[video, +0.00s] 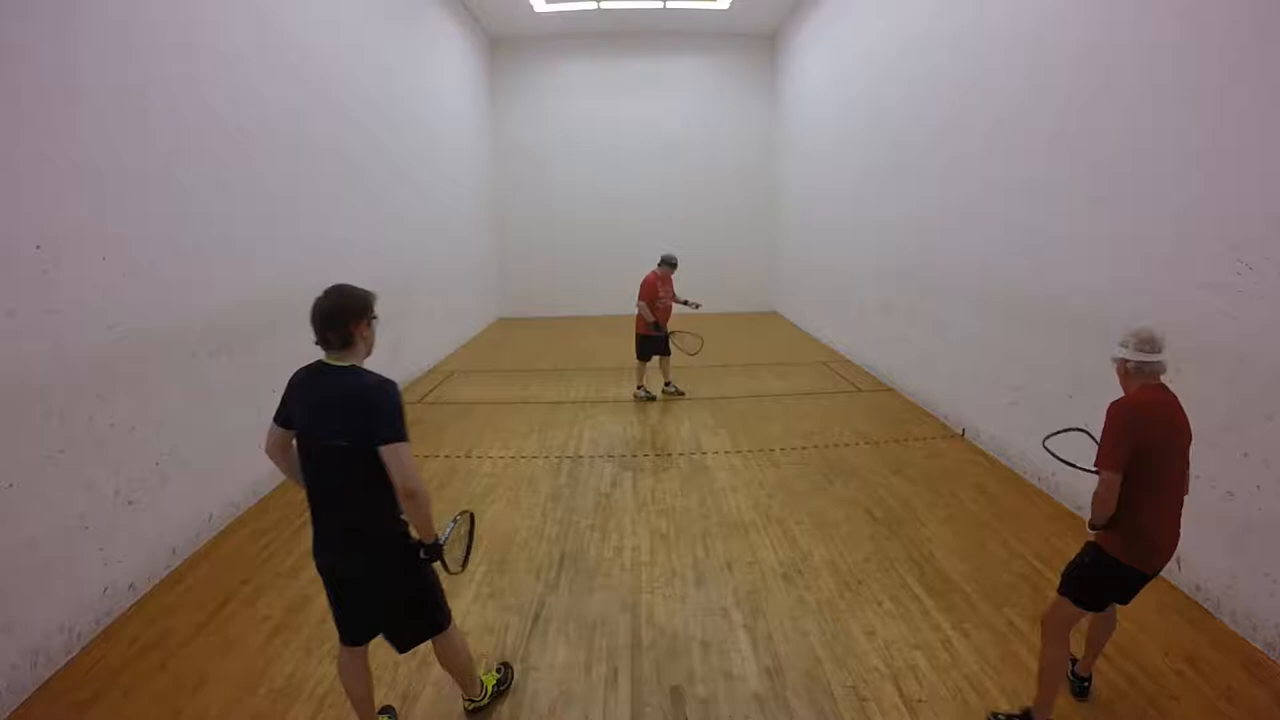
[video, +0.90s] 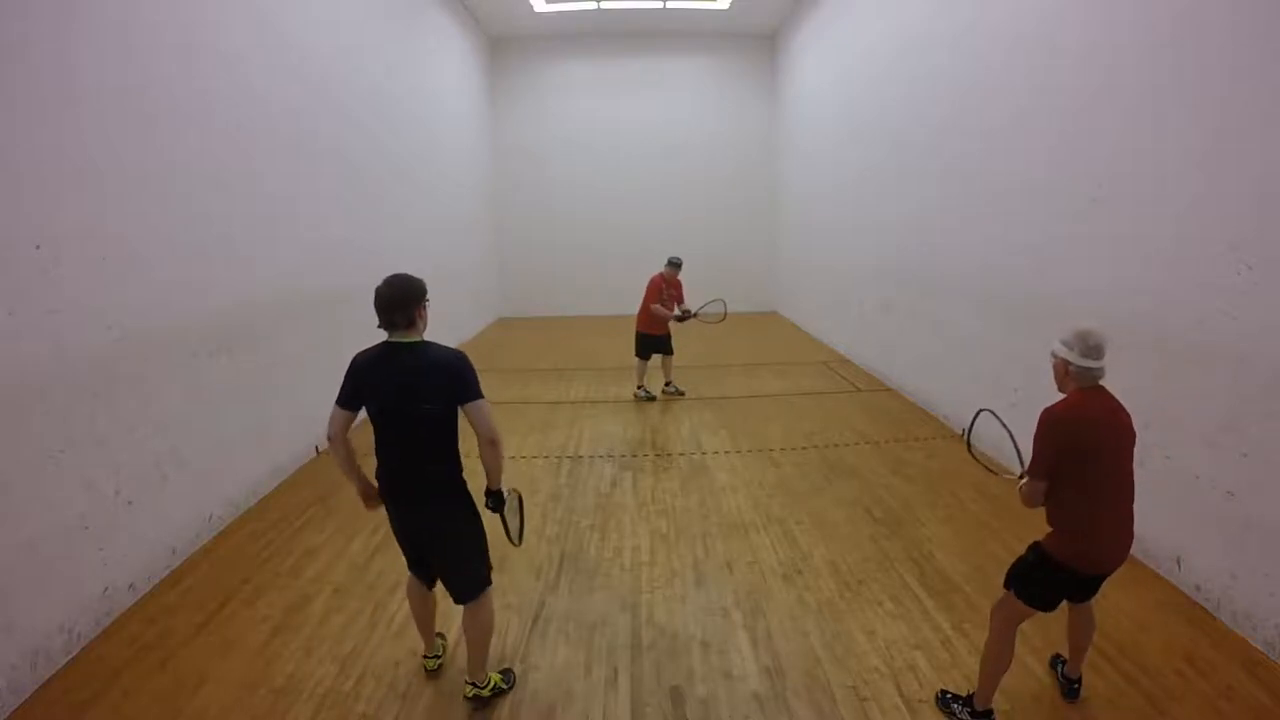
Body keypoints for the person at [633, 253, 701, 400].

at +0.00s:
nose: (673, 272)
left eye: (674, 269)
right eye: (671, 268)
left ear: (673, 268)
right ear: (663, 266)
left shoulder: (668, 279)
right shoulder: (650, 280)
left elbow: (672, 297)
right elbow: (641, 304)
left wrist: (688, 303)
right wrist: (653, 321)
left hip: (661, 325)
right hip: (645, 327)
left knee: (665, 355)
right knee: (643, 359)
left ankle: (668, 385)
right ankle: (639, 388)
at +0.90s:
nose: (673, 273)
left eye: (676, 270)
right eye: (671, 269)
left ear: (679, 271)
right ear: (665, 268)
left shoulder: (677, 284)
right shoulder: (656, 281)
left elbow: (680, 303)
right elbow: (653, 306)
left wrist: (685, 310)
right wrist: (672, 316)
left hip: (662, 326)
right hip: (646, 326)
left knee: (667, 354)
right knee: (643, 357)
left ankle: (668, 384)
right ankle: (640, 388)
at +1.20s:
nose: (689, 281)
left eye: (690, 279)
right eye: (689, 278)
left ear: (683, 274)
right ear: (683, 274)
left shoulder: (678, 285)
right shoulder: (666, 284)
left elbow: (679, 306)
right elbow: (668, 310)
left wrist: (688, 316)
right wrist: (684, 321)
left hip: (664, 326)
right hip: (651, 326)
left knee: (668, 354)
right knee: (651, 357)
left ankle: (668, 384)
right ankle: (641, 387)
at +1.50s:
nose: (691, 285)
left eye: (692, 282)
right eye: (691, 281)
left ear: (682, 274)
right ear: (687, 278)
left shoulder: (672, 282)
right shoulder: (675, 287)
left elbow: (673, 310)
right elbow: (672, 311)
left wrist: (679, 327)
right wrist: (678, 329)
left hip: (657, 325)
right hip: (654, 326)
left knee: (667, 354)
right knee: (662, 355)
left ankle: (668, 384)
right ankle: (645, 378)